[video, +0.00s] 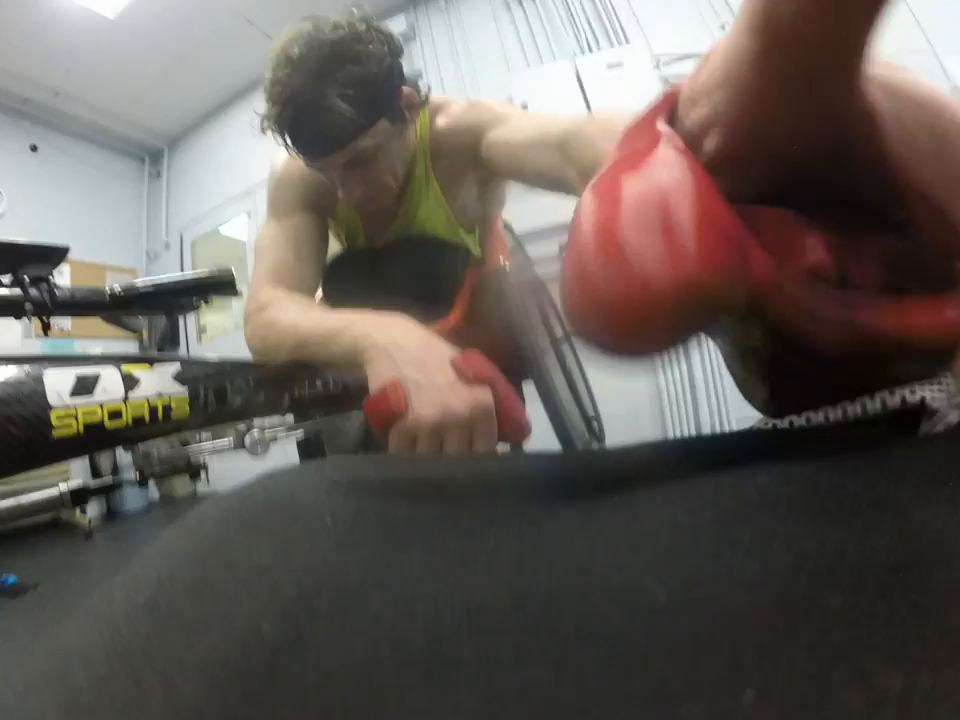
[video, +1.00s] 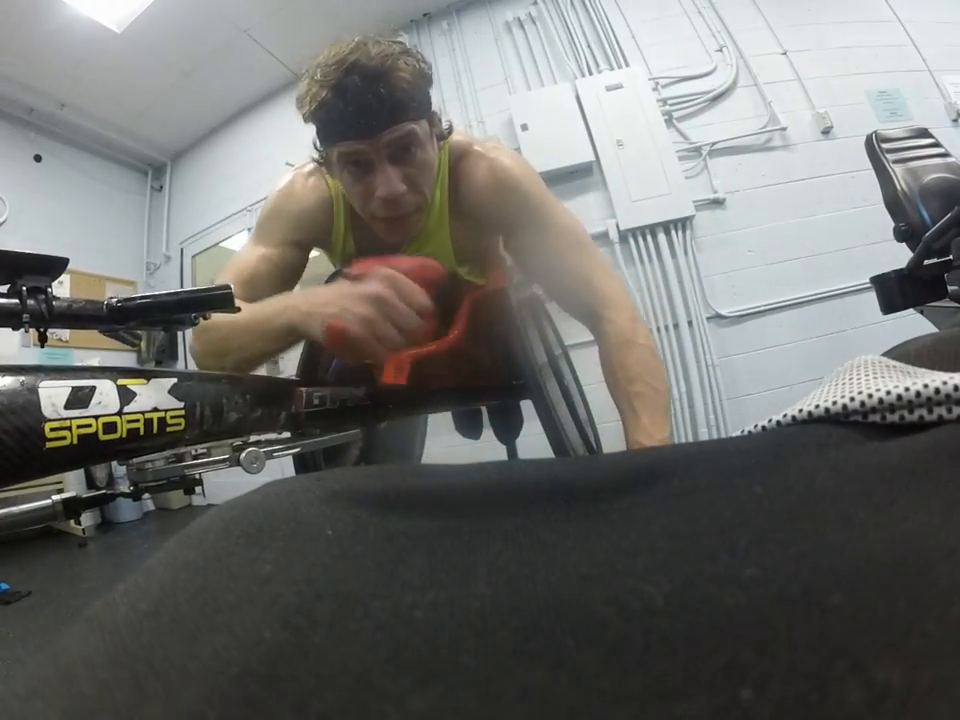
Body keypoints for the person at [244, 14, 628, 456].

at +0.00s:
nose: (346, 191)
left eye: (362, 162)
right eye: (324, 172)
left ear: (406, 110)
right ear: (304, 153)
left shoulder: (459, 133)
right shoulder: (300, 177)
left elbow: (569, 145)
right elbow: (268, 319)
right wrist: (385, 340)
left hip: (483, 341)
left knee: (405, 265)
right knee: (349, 278)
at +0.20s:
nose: (365, 201)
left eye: (378, 170)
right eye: (341, 183)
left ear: (420, 135)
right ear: (317, 173)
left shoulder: (476, 176)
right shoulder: (309, 203)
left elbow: (607, 263)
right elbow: (264, 348)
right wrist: (381, 359)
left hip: (475, 364)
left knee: (415, 295)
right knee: (352, 306)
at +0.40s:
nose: (381, 185)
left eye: (397, 148)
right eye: (350, 161)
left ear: (430, 125)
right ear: (323, 158)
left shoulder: (487, 178)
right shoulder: (305, 193)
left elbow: (608, 306)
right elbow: (253, 342)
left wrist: (623, 466)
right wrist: (381, 348)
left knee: (400, 280)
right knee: (350, 291)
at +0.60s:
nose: (382, 186)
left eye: (399, 150)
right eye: (351, 162)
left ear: (431, 127)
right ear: (324, 160)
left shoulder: (487, 179)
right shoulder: (302, 197)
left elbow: (609, 321)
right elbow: (245, 345)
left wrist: (635, 469)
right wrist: (379, 350)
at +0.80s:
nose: (381, 191)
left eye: (398, 154)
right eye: (352, 167)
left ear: (431, 131)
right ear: (324, 165)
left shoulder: (488, 180)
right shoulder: (304, 200)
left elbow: (612, 319)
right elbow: (237, 345)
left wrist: (647, 464)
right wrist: (371, 349)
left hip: (477, 327)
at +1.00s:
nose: (389, 187)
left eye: (404, 151)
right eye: (358, 164)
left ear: (435, 130)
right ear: (328, 160)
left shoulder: (490, 177)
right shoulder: (302, 203)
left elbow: (616, 317)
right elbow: (208, 348)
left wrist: (651, 468)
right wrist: (297, 310)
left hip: (487, 336)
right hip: (386, 351)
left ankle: (486, 403)